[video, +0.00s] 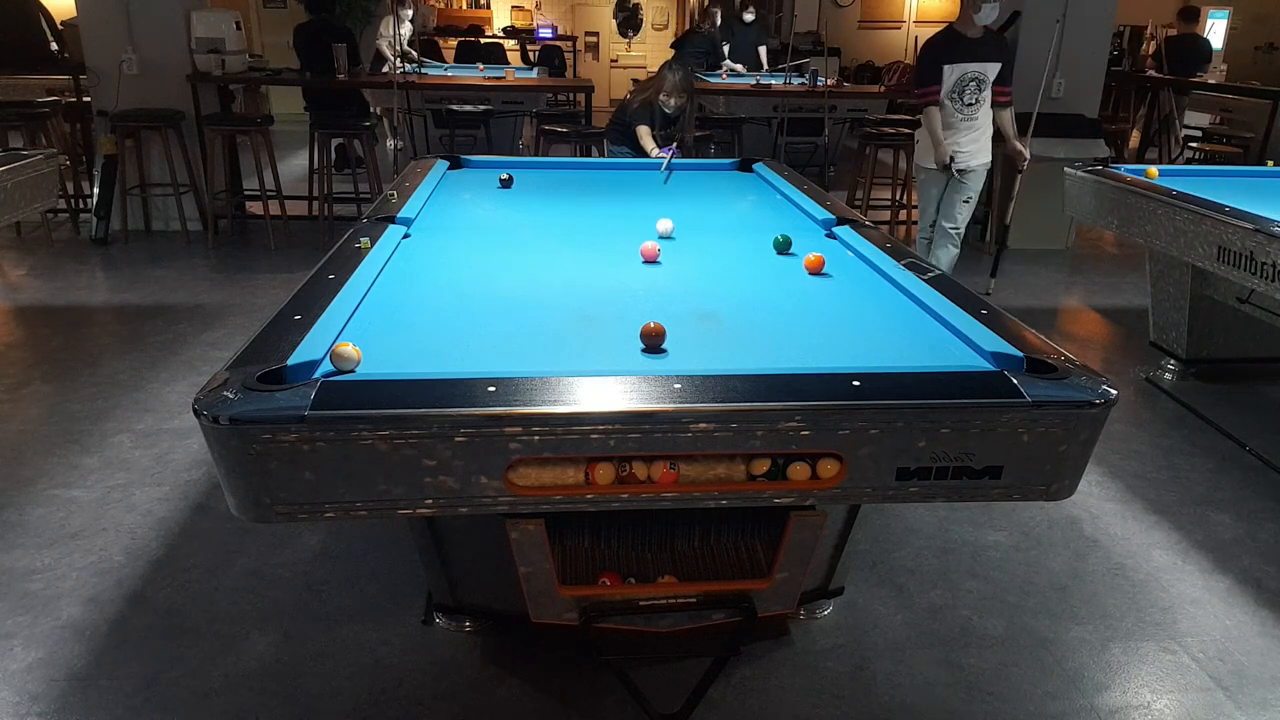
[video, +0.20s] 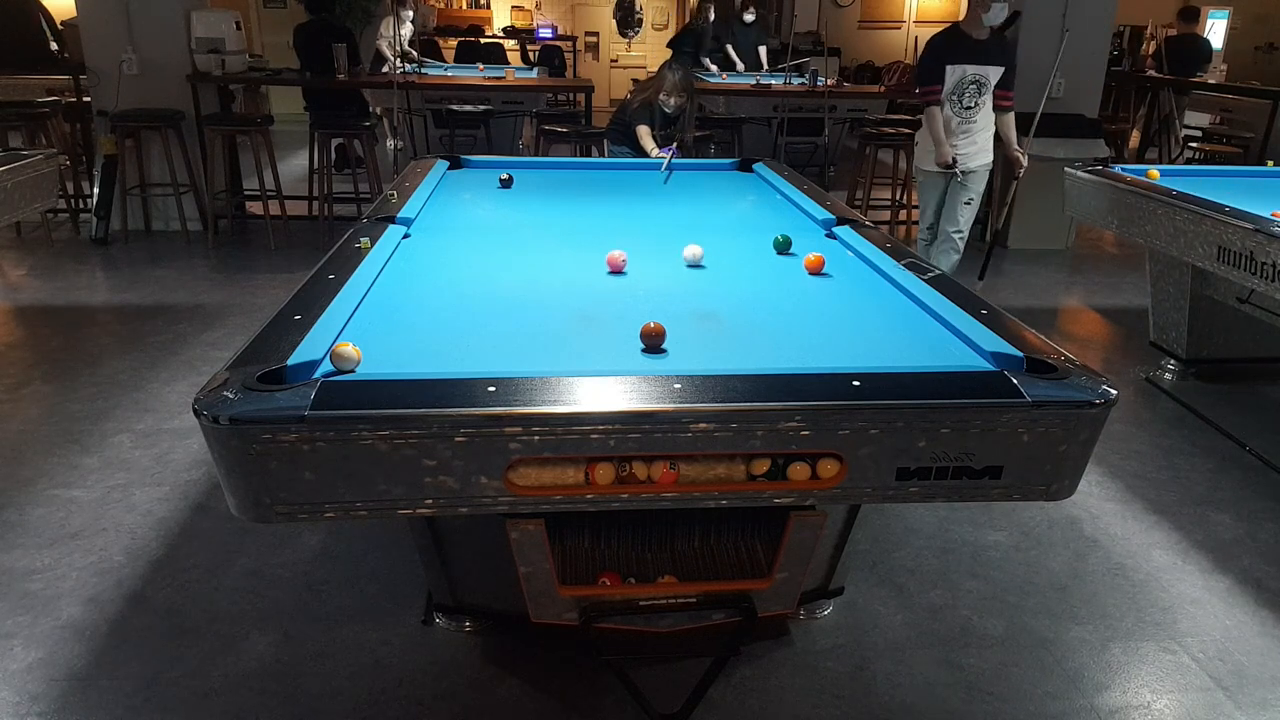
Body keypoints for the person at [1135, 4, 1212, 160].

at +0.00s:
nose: (1175, 24)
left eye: (1176, 21)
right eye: (1176, 21)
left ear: (1179, 21)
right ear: (1197, 22)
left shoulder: (1169, 41)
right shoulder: (1205, 44)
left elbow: (1150, 64)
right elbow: (1205, 70)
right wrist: (1187, 67)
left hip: (1164, 91)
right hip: (1185, 92)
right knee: (1175, 126)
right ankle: (1170, 161)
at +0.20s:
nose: (1175, 24)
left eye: (1176, 21)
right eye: (1176, 21)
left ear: (1178, 21)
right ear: (1197, 22)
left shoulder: (1169, 41)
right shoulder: (1205, 44)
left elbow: (1150, 64)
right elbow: (1205, 69)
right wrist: (1188, 65)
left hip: (1163, 91)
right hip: (1184, 92)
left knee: (1144, 125)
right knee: (1174, 128)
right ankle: (1170, 162)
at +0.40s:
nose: (1175, 24)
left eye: (1176, 21)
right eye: (1176, 21)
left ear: (1178, 21)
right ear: (1197, 22)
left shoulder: (1169, 41)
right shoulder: (1205, 44)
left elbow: (1150, 64)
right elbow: (1204, 70)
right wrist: (1187, 67)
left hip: (1163, 91)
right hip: (1185, 92)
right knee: (1175, 126)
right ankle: (1170, 161)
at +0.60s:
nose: (1175, 24)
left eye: (1176, 21)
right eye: (1176, 21)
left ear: (1179, 21)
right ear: (1197, 22)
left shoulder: (1169, 41)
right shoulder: (1205, 44)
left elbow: (1150, 63)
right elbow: (1204, 69)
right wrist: (1188, 66)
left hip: (1163, 90)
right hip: (1184, 92)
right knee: (1175, 126)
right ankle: (1169, 161)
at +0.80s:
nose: (1176, 24)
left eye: (1176, 21)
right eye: (1177, 22)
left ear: (1178, 21)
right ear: (1197, 22)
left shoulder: (1168, 41)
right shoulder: (1205, 43)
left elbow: (1150, 64)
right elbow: (1205, 69)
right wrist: (1187, 66)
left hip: (1162, 92)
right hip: (1183, 93)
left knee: (1142, 126)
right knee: (1173, 129)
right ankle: (1169, 164)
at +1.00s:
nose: (1176, 24)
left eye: (1177, 21)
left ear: (1178, 21)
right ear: (1197, 22)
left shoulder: (1168, 41)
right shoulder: (1205, 43)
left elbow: (1150, 64)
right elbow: (1205, 70)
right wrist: (1187, 67)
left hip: (1162, 91)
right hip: (1183, 93)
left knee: (1142, 125)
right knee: (1173, 129)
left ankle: (1131, 159)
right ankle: (1169, 164)